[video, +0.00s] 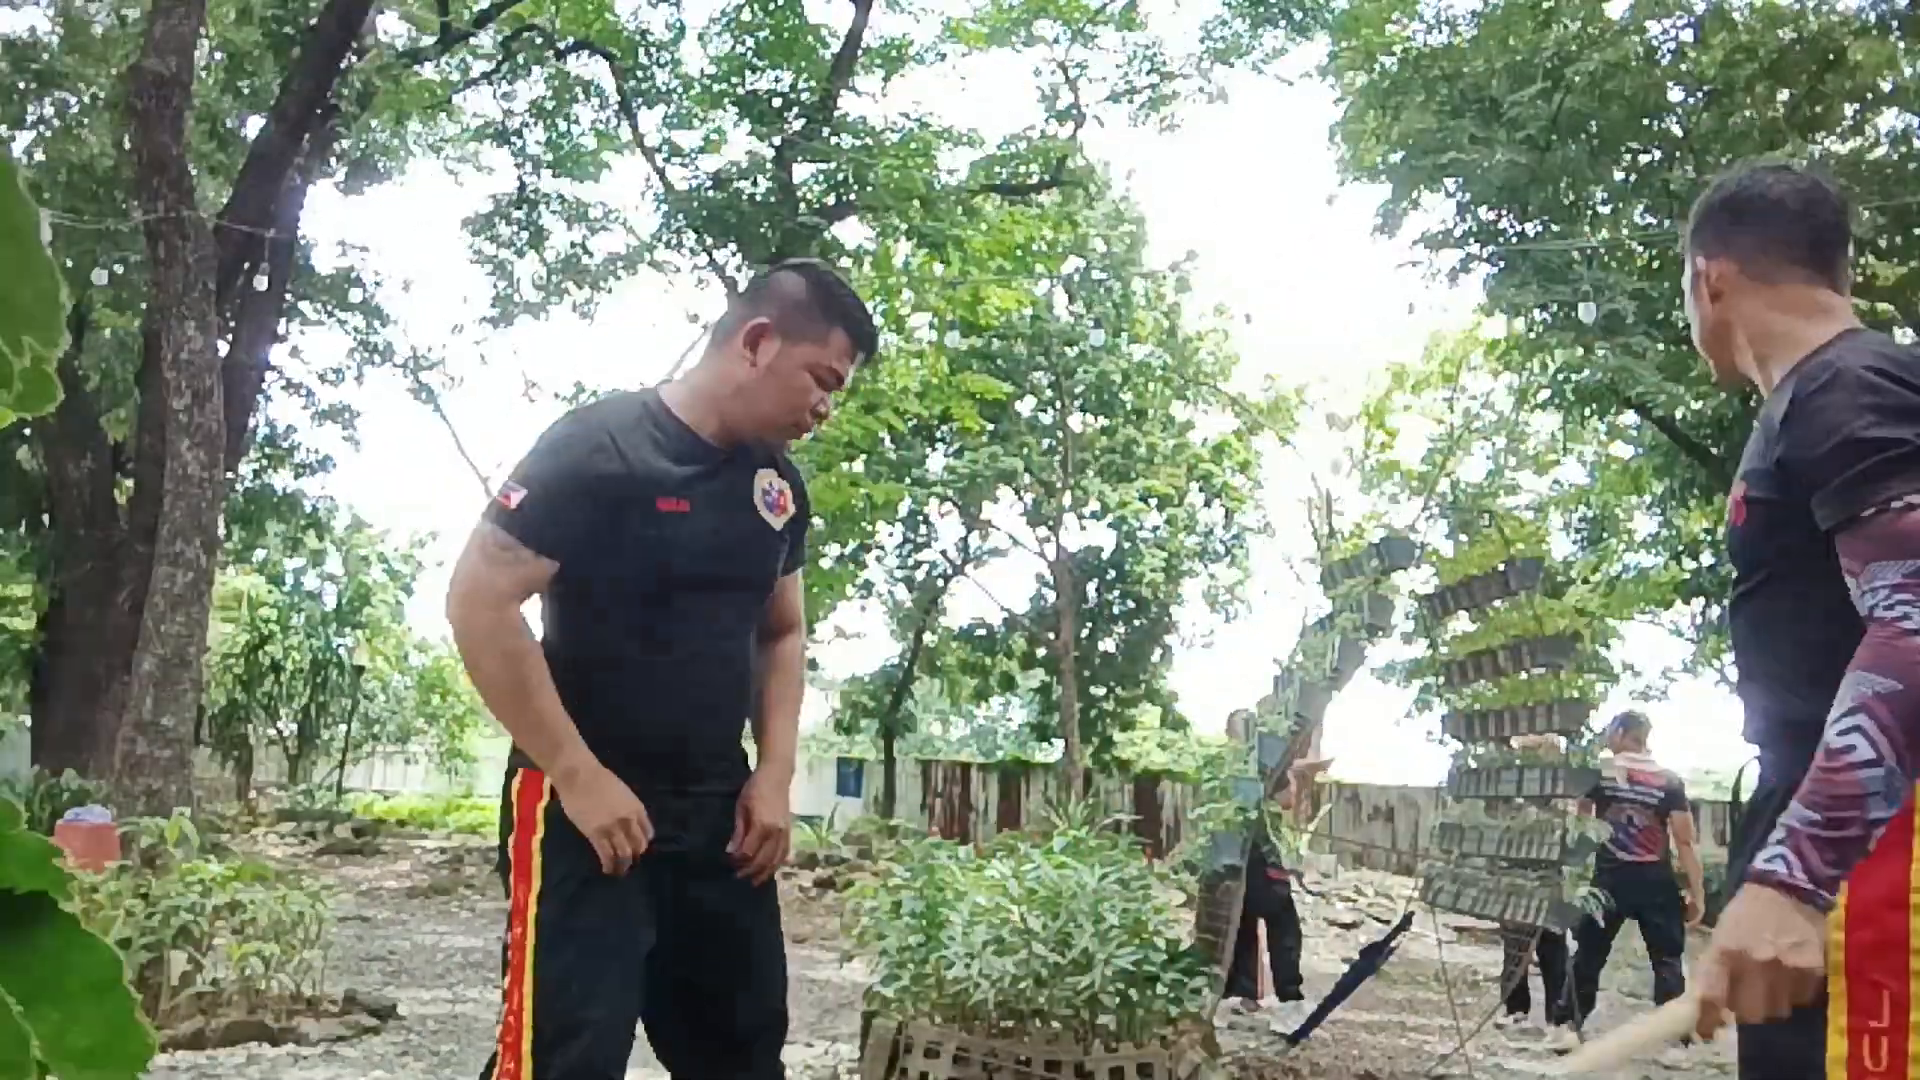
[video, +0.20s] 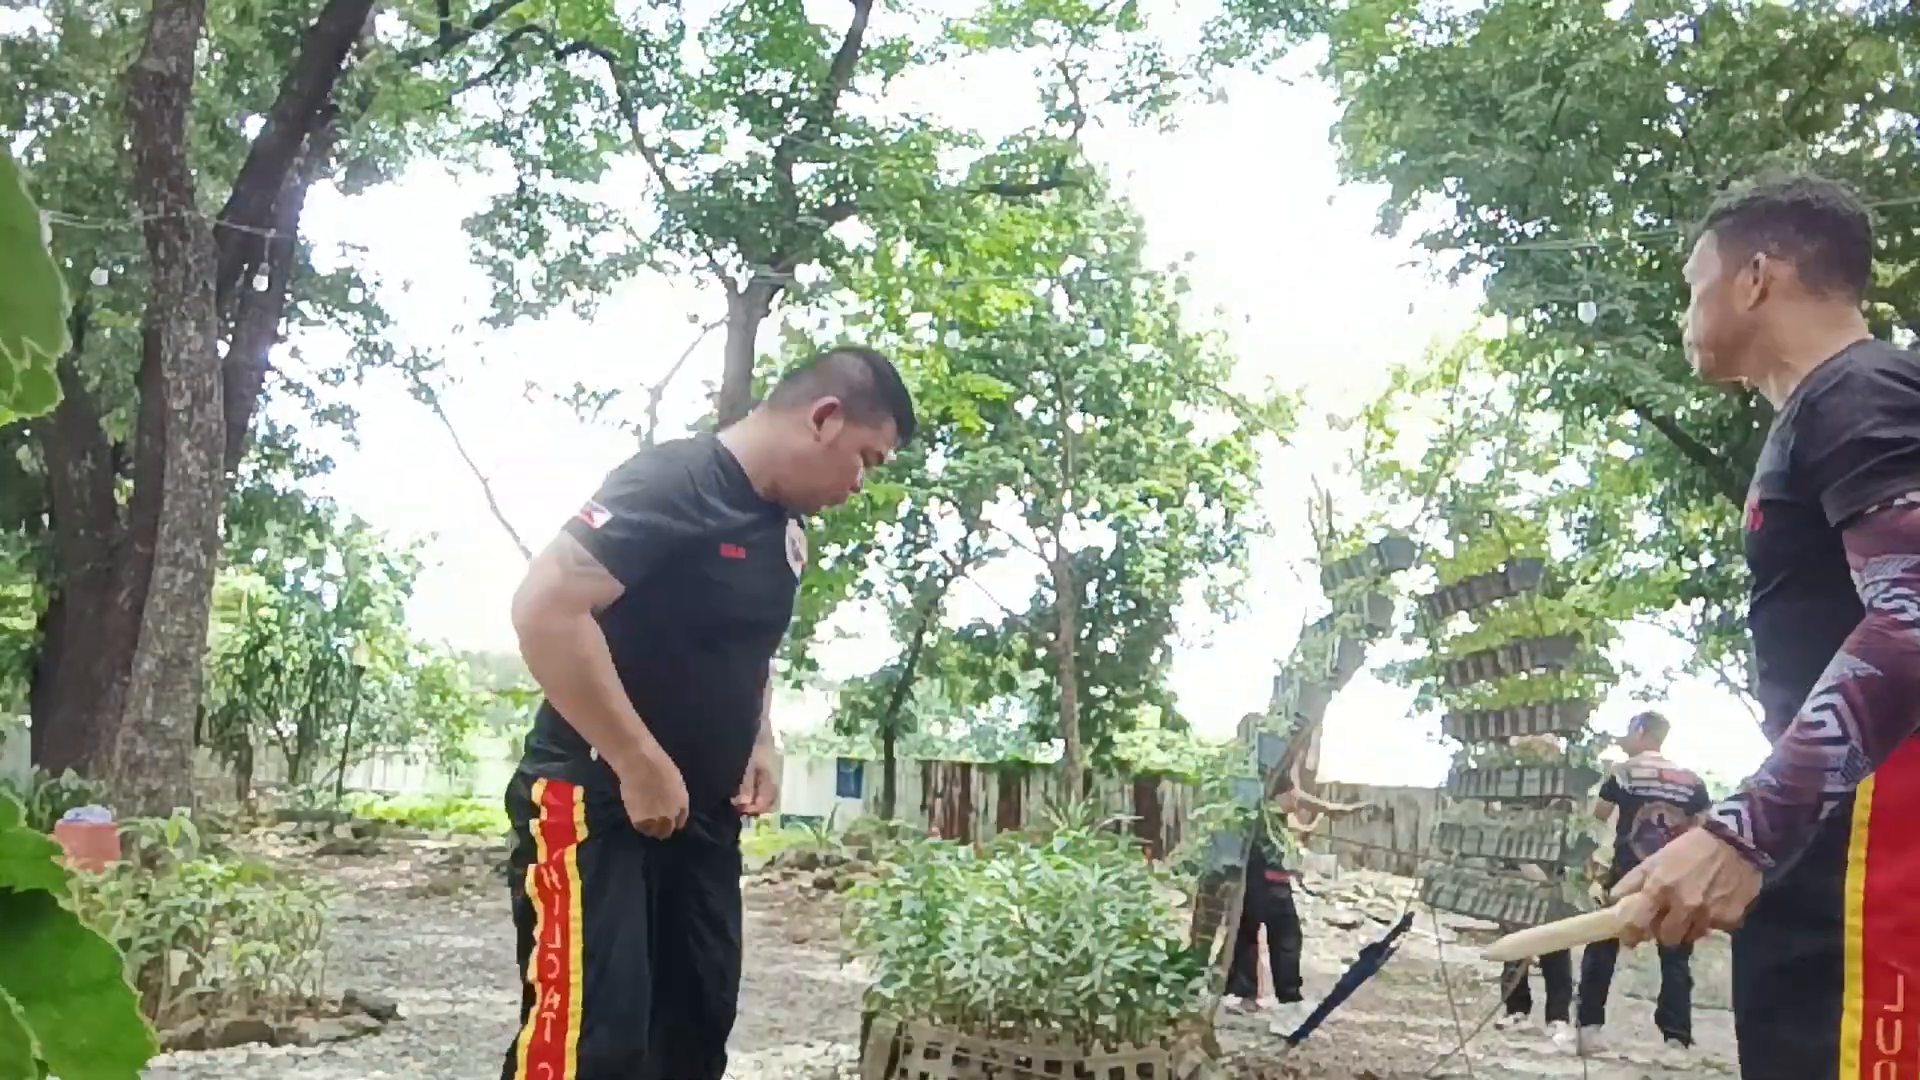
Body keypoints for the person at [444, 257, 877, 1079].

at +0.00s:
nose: (824, 409)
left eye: (836, 392)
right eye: (821, 379)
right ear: (756, 343)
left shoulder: (775, 482)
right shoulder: (596, 443)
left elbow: (781, 632)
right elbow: (479, 600)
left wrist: (775, 769)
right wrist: (573, 771)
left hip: (717, 826)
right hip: (582, 819)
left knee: (742, 1061)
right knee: (566, 1062)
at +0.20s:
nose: (859, 486)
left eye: (872, 469)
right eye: (865, 460)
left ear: (823, 420)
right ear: (823, 417)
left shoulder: (785, 531)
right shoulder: (673, 478)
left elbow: (748, 652)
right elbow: (545, 607)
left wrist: (761, 740)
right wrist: (638, 760)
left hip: (701, 821)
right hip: (589, 808)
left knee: (695, 1034)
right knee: (587, 1037)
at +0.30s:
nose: (905, 582)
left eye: (918, 565)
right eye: (912, 557)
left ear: (874, 516)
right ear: (873, 516)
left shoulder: (820, 618)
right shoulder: (730, 560)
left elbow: (769, 738)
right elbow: (595, 676)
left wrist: (776, 865)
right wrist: (657, 823)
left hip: (684, 851)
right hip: (585, 831)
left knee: (708, 1044)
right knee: (590, 1047)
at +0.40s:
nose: (955, 737)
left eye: (967, 723)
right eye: (962, 715)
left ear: (927, 675)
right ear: (927, 674)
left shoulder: (852, 762)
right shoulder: (790, 680)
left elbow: (804, 901)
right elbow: (625, 749)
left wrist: (819, 1057)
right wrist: (659, 893)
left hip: (674, 876)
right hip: (569, 845)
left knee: (744, 1043)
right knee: (588, 1048)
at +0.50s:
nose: (956, 854)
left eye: (972, 844)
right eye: (970, 835)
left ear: (937, 786)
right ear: (944, 790)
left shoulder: (853, 856)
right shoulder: (810, 753)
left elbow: (829, 1003)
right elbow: (639, 783)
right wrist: (656, 936)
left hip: (670, 886)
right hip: (565, 852)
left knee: (751, 1035)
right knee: (594, 1050)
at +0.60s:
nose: (948, 954)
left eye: (964, 945)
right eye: (963, 935)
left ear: (939, 886)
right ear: (943, 889)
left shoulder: (852, 932)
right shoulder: (831, 821)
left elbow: (838, 1054)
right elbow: (660, 813)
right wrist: (653, 970)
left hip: (658, 898)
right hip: (561, 858)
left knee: (749, 1034)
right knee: (600, 1055)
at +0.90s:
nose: (965, 870)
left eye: (983, 860)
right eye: (982, 851)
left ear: (953, 805)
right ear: (959, 807)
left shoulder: (853, 857)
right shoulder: (853, 777)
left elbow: (805, 989)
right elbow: (694, 802)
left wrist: (816, 1076)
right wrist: (670, 959)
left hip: (653, 866)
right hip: (578, 833)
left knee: (736, 1024)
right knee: (622, 1044)